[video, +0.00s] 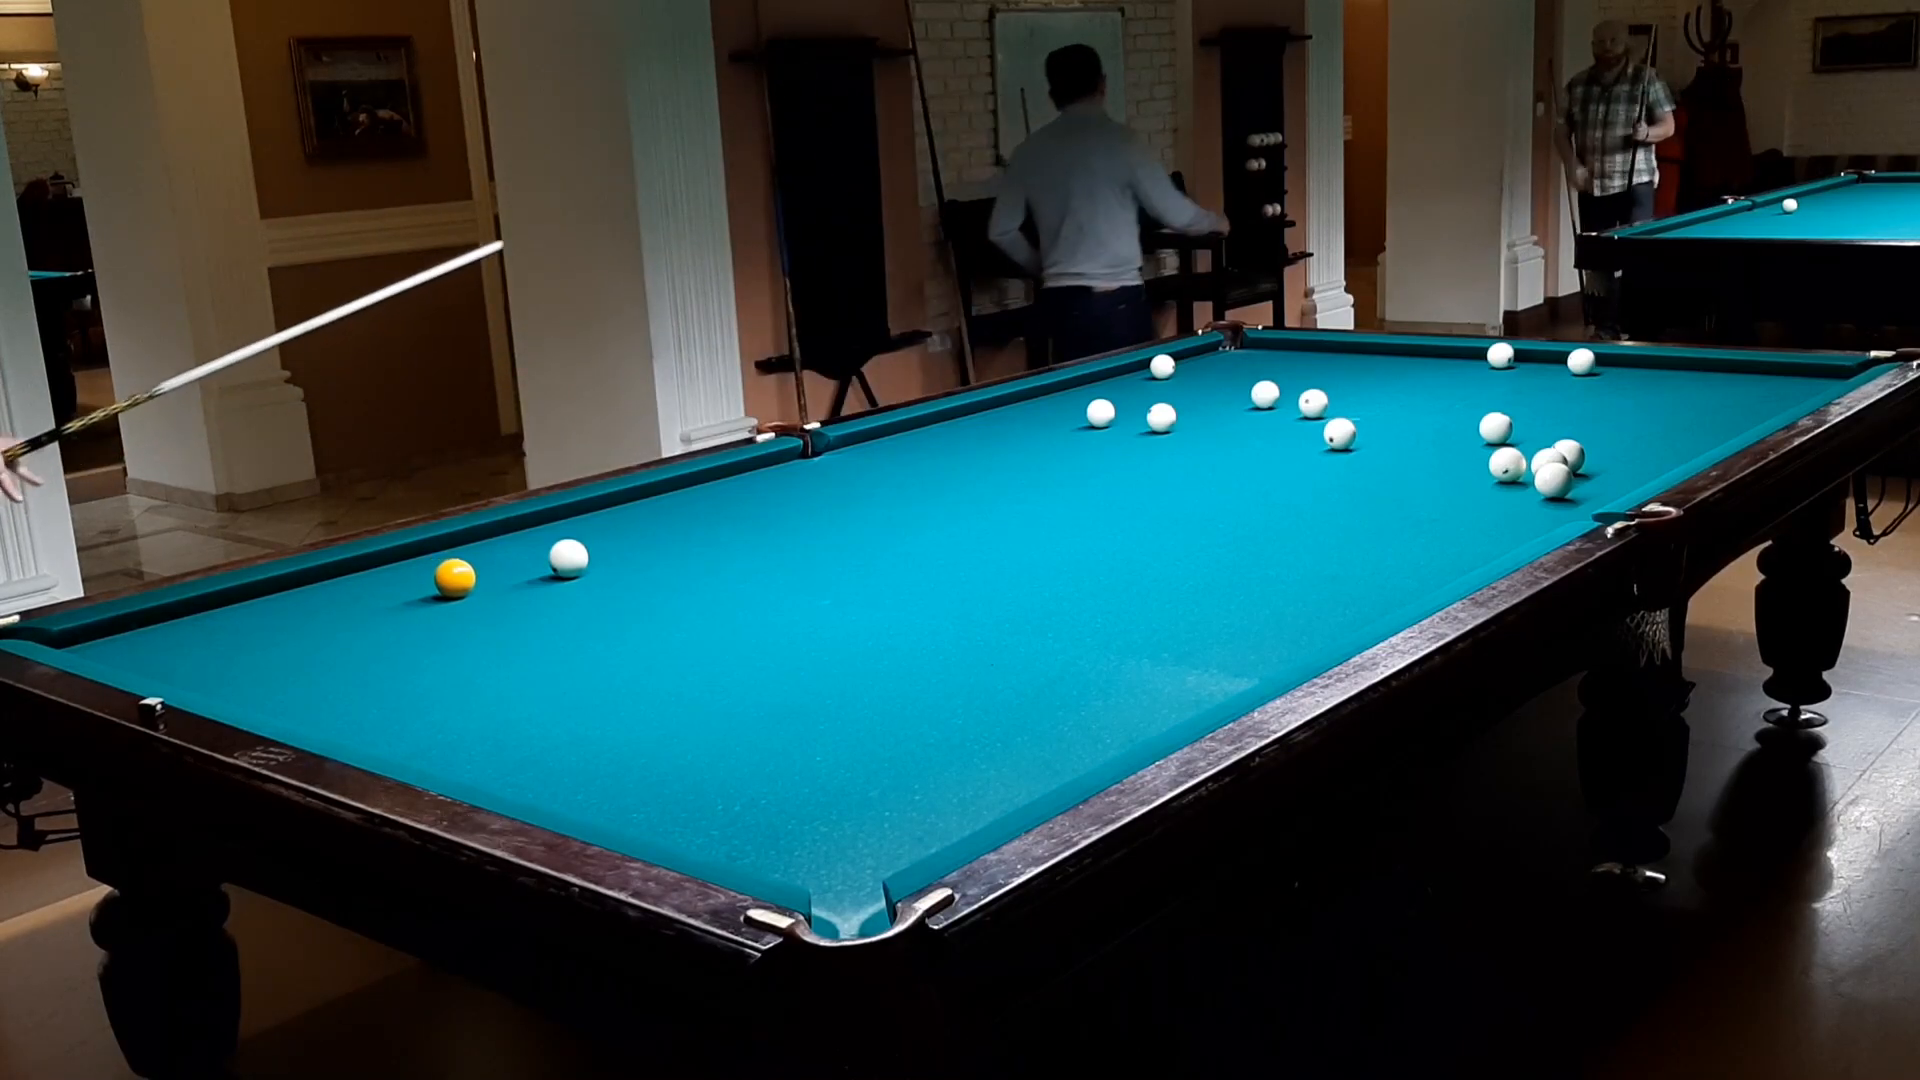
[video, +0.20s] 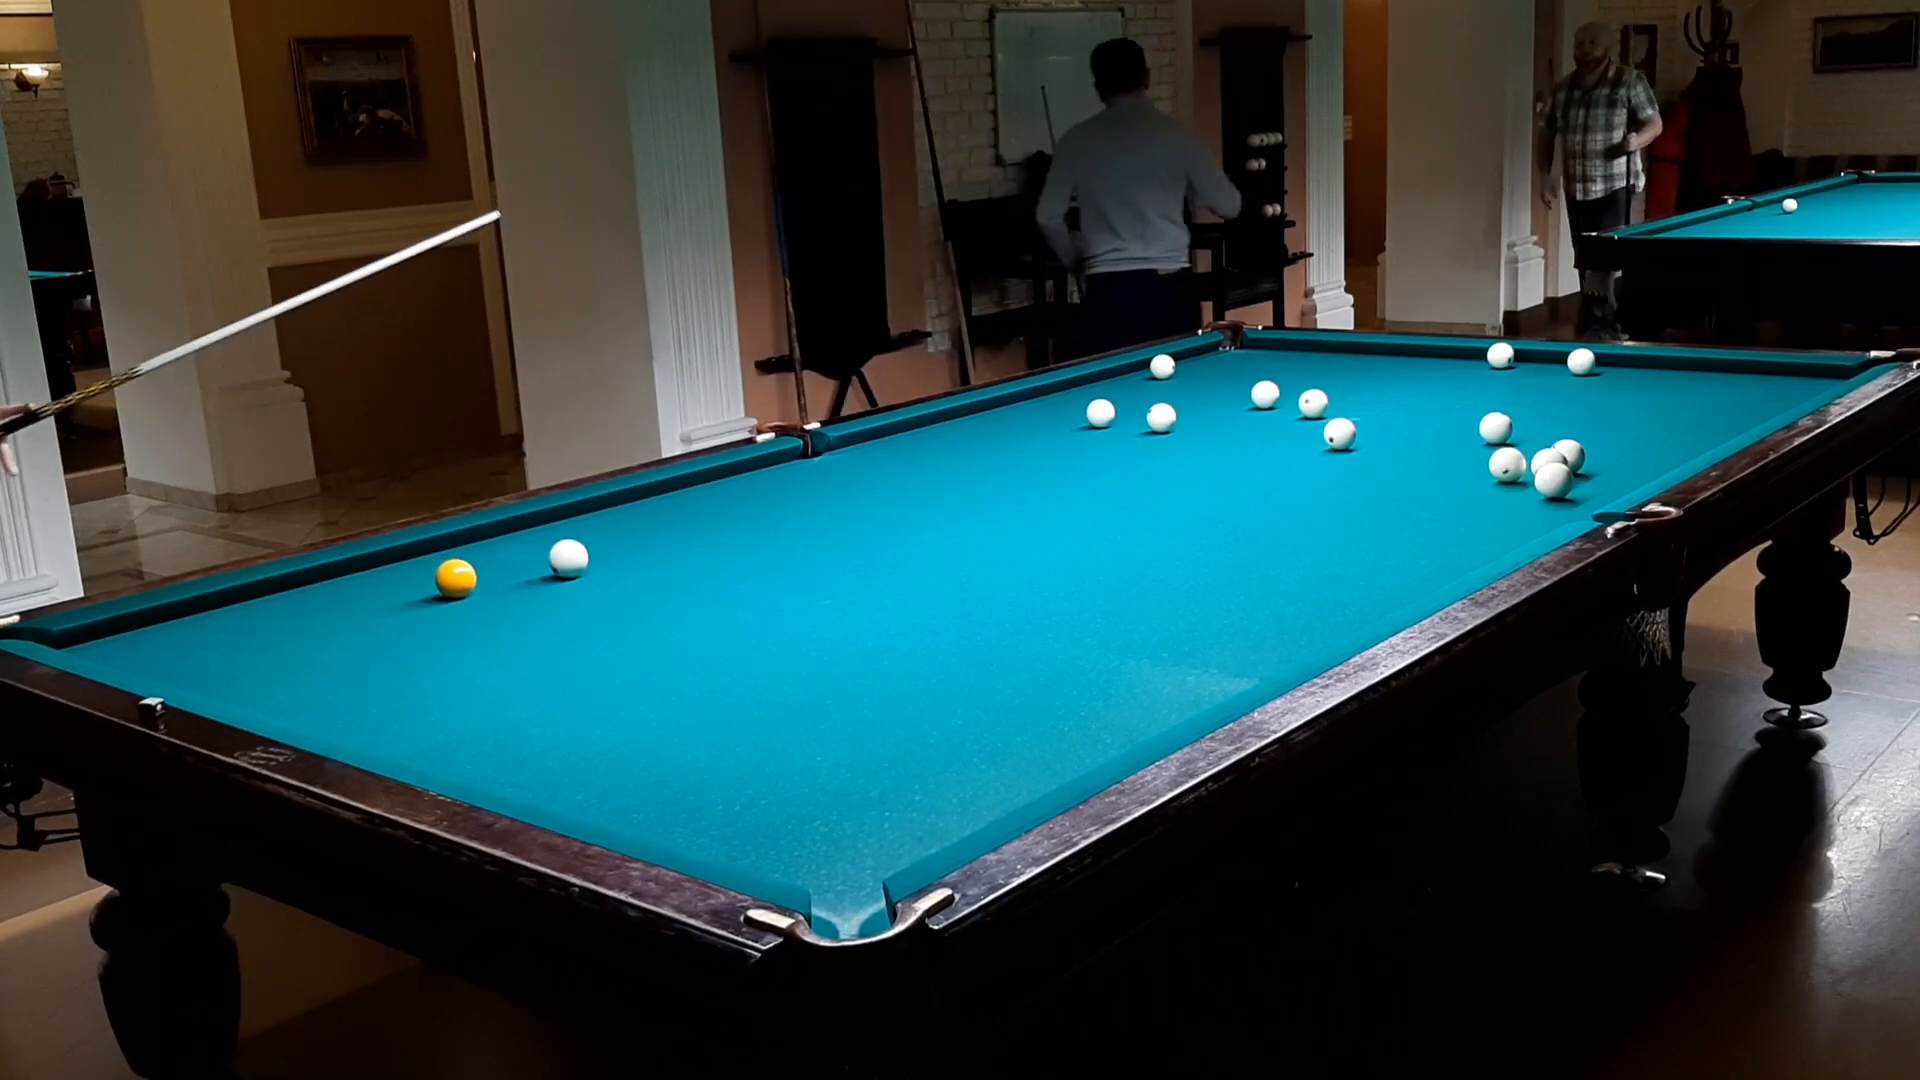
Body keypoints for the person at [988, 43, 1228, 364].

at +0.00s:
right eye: (1102, 80)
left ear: (1052, 95)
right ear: (1102, 85)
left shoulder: (1030, 151)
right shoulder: (1121, 140)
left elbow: (1001, 230)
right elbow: (1172, 212)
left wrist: (1042, 267)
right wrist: (1215, 221)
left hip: (1060, 302)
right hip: (1121, 301)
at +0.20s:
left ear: (1098, 88)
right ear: (1146, 78)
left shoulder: (1077, 140)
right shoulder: (1175, 134)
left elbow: (1049, 215)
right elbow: (1229, 205)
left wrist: (1077, 264)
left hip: (1105, 286)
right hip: (1171, 284)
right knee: (1175, 394)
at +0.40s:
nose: (1133, 100)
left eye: (1133, 93)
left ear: (1134, 96)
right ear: (1179, 87)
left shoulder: (1122, 146)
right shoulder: (1217, 140)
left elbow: (1100, 220)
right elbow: (1253, 205)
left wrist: (1093, 267)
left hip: (1147, 293)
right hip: (1211, 286)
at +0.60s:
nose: (1137, 90)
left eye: (1138, 81)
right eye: (1137, 81)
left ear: (1145, 81)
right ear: (1183, 75)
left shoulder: (1143, 129)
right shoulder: (1223, 121)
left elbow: (1132, 203)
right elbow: (1237, 182)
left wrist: (1111, 249)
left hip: (1166, 267)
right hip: (1223, 259)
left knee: (1167, 361)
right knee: (1221, 357)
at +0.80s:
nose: (1136, 94)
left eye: (1136, 85)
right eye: (1135, 85)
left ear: (1146, 85)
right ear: (1178, 77)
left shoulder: (1148, 130)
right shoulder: (1216, 120)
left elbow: (1148, 199)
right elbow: (1217, 185)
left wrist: (1120, 246)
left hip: (1172, 266)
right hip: (1222, 258)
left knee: (1172, 358)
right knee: (1219, 352)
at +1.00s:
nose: (1137, 92)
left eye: (1138, 83)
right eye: (1136, 83)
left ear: (1149, 82)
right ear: (1177, 72)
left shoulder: (1158, 122)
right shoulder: (1217, 116)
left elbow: (1163, 190)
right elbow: (1218, 180)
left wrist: (1137, 235)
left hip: (1177, 258)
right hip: (1223, 252)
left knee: (1174, 351)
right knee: (1215, 344)